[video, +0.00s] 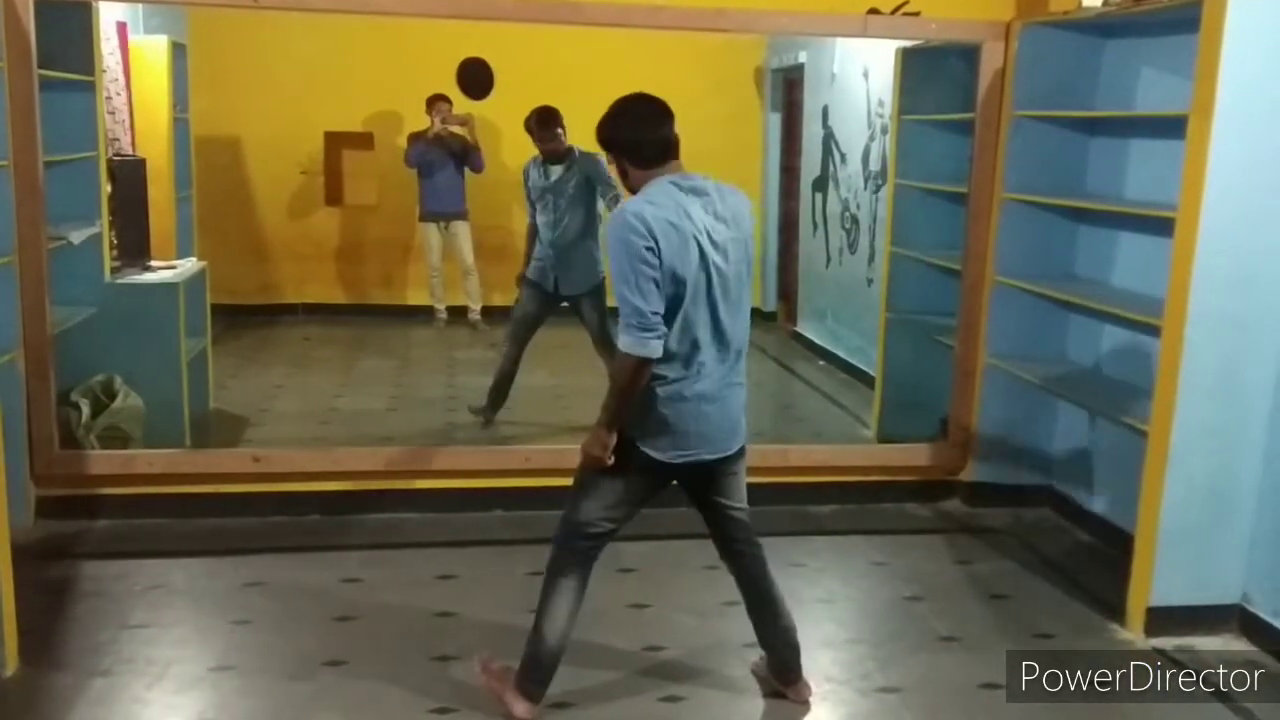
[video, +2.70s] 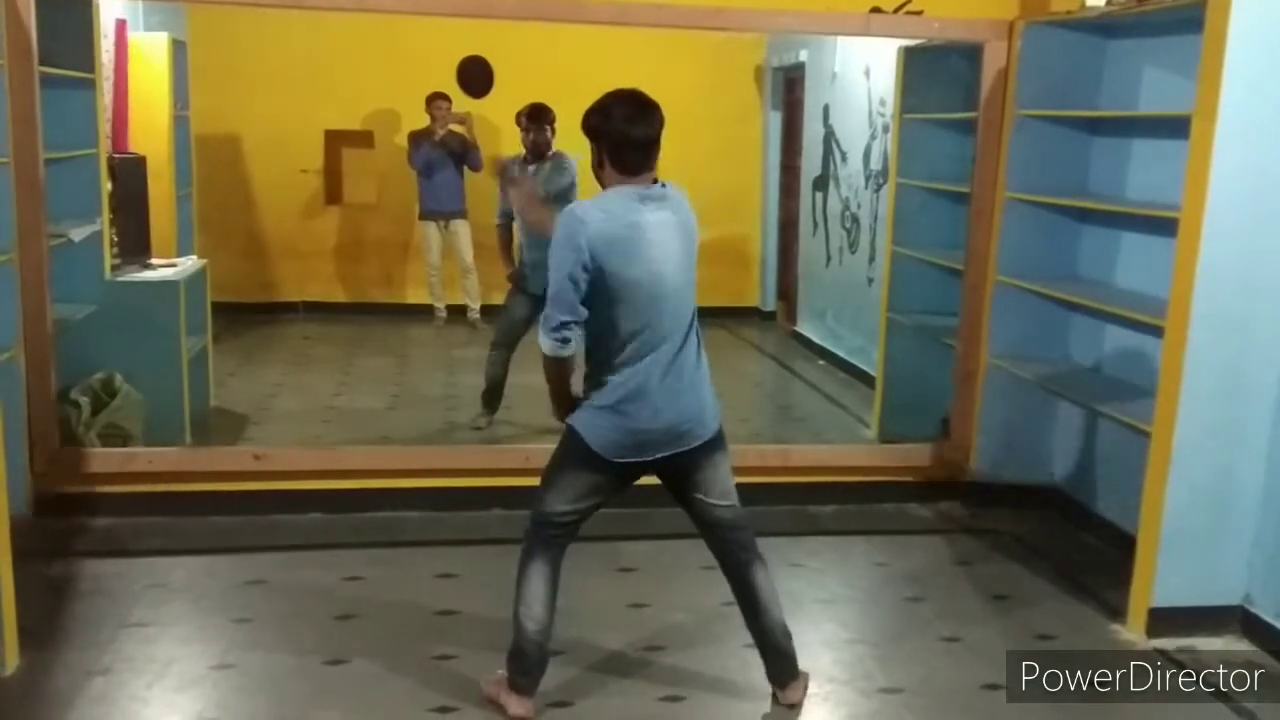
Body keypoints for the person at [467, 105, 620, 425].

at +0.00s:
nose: (550, 147)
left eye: (553, 138)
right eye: (543, 141)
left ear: (563, 131)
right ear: (534, 140)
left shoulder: (589, 164)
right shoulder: (532, 170)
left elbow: (618, 206)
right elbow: (534, 221)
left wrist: (630, 254)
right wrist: (526, 267)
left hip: (582, 270)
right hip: (542, 270)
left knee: (603, 342)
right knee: (515, 339)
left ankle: (635, 403)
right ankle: (490, 408)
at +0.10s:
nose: (538, 150)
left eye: (542, 142)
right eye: (533, 143)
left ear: (557, 133)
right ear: (528, 141)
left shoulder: (586, 164)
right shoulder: (530, 172)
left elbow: (621, 200)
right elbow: (533, 222)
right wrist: (525, 268)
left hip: (582, 270)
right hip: (542, 270)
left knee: (603, 343)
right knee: (514, 339)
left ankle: (634, 403)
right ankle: (490, 407)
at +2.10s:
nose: (527, 134)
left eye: (533, 127)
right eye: (521, 128)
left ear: (547, 128)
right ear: (515, 131)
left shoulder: (575, 160)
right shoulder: (510, 165)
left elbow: (598, 204)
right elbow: (503, 218)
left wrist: (595, 254)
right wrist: (511, 265)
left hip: (577, 266)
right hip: (532, 269)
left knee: (594, 334)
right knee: (505, 340)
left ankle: (594, 403)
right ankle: (488, 409)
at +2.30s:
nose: (532, 135)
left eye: (539, 128)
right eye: (526, 129)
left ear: (550, 130)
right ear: (517, 131)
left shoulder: (572, 166)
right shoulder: (509, 168)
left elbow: (588, 212)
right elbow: (504, 220)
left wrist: (586, 261)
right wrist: (510, 265)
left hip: (573, 271)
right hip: (531, 271)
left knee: (594, 340)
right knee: (502, 342)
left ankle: (593, 405)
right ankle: (487, 410)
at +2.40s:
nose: (523, 133)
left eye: (530, 125)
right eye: (519, 126)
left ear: (547, 125)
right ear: (516, 127)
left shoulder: (566, 162)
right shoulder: (508, 164)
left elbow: (582, 185)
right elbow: (502, 216)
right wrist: (505, 261)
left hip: (570, 272)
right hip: (528, 271)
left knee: (591, 342)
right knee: (500, 340)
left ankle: (588, 406)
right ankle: (486, 410)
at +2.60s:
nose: (534, 134)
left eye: (539, 127)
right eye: (528, 128)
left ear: (550, 128)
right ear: (519, 130)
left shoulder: (564, 159)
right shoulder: (509, 168)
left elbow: (571, 180)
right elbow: (504, 218)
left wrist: (534, 158)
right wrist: (507, 261)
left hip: (569, 272)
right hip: (530, 273)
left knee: (588, 340)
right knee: (502, 341)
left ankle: (585, 401)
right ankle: (487, 410)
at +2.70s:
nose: (539, 137)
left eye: (544, 130)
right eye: (532, 131)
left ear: (554, 131)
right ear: (521, 132)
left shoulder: (564, 166)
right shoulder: (511, 169)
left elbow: (538, 198)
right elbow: (503, 220)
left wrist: (511, 176)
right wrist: (509, 265)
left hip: (567, 274)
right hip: (531, 274)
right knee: (502, 339)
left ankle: (592, 407)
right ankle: (488, 409)